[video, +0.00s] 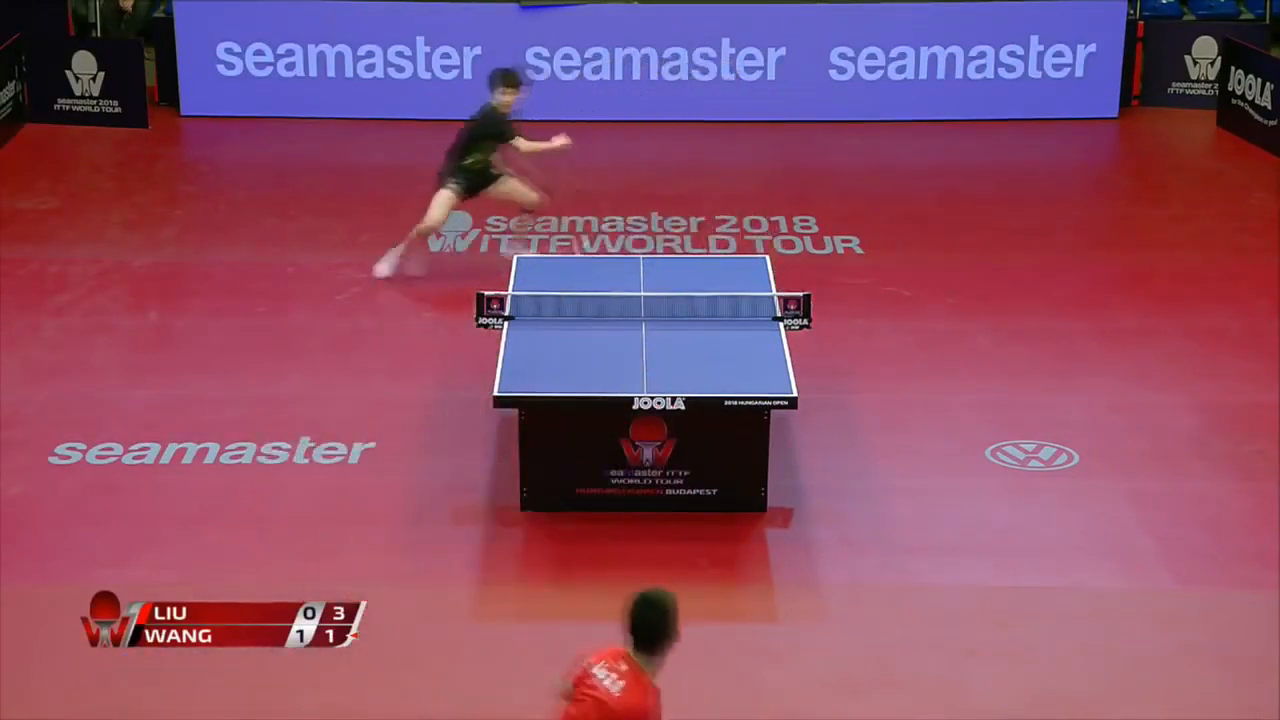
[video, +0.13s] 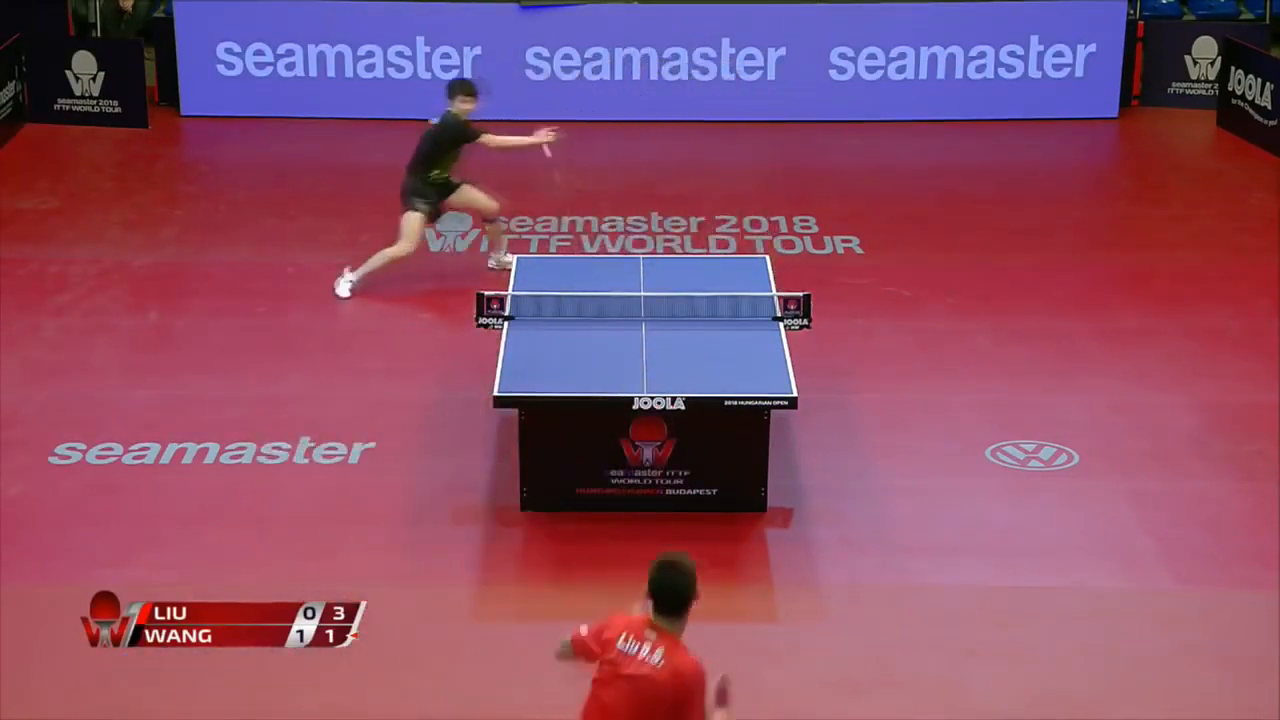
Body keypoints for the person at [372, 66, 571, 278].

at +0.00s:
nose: (508, 98)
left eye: (512, 93)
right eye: (503, 92)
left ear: (517, 95)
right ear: (493, 93)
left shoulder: (499, 118)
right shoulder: (490, 116)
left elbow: (492, 156)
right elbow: (522, 145)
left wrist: (510, 178)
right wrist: (552, 145)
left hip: (485, 174)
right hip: (459, 176)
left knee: (534, 201)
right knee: (432, 223)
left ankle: (514, 244)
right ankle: (396, 254)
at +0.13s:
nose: (469, 105)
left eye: (472, 100)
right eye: (464, 100)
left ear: (474, 102)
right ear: (451, 101)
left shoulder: (451, 122)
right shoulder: (453, 124)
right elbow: (494, 142)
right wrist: (534, 139)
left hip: (443, 185)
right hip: (420, 189)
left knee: (491, 209)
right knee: (407, 246)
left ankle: (498, 257)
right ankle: (352, 278)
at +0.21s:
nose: (438, 96)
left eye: (441, 91)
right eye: (433, 90)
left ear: (442, 93)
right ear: (419, 91)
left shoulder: (425, 118)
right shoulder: (414, 115)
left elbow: (415, 145)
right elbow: (417, 144)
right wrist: (464, 142)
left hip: (418, 181)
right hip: (394, 182)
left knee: (463, 216)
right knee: (383, 232)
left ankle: (492, 258)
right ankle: (344, 275)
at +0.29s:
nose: (404, 80)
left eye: (406, 75)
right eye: (399, 74)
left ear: (406, 76)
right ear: (384, 75)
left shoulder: (407, 101)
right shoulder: (367, 103)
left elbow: (427, 118)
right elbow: (351, 139)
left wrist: (469, 112)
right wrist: (378, 116)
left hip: (398, 171)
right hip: (369, 171)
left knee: (443, 213)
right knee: (351, 211)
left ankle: (471, 255)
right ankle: (331, 269)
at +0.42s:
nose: (351, 77)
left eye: (354, 72)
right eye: (345, 73)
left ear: (360, 74)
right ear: (334, 78)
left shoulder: (367, 96)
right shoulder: (327, 106)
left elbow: (368, 66)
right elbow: (312, 145)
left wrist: (326, 58)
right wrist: (326, 126)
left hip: (375, 171)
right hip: (343, 170)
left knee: (416, 220)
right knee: (305, 196)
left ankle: (400, 240)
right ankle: (284, 252)